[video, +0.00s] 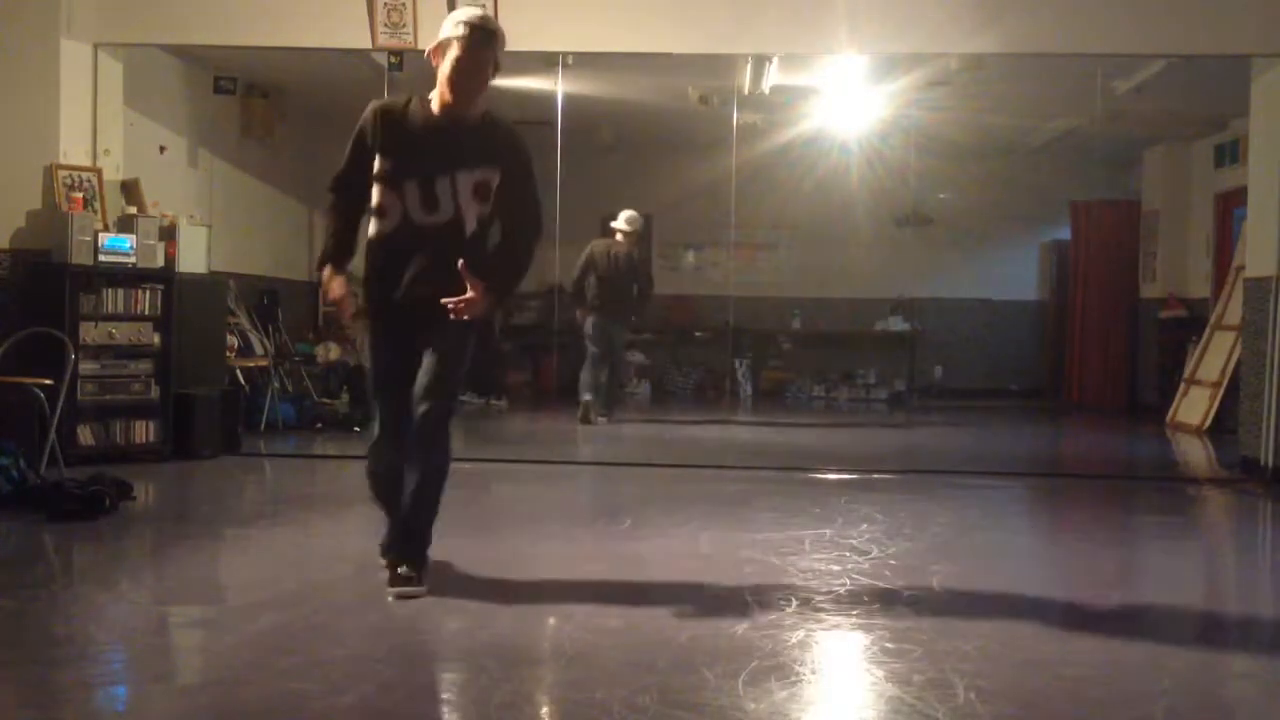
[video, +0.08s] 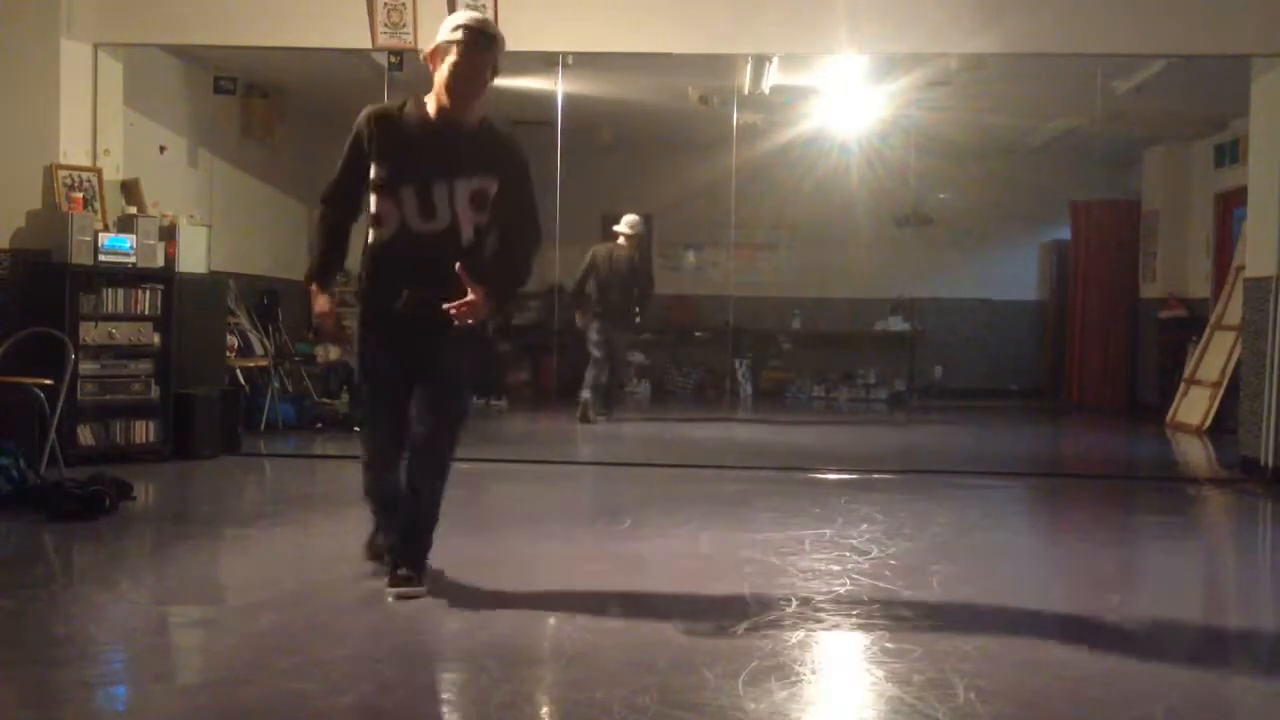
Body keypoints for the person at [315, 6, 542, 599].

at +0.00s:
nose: (474, 75)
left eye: (485, 66)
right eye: (466, 61)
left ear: (494, 72)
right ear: (435, 55)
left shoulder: (502, 142)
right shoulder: (384, 121)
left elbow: (524, 227)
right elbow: (347, 196)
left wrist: (492, 286)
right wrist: (333, 264)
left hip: (457, 303)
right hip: (390, 298)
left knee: (431, 420)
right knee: (389, 426)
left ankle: (408, 555)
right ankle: (401, 524)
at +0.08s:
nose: (475, 80)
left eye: (485, 70)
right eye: (466, 66)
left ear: (494, 78)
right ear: (436, 60)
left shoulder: (501, 151)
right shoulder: (379, 126)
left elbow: (521, 235)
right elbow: (339, 203)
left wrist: (494, 291)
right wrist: (320, 281)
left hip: (458, 308)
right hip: (386, 303)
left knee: (436, 432)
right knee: (380, 428)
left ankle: (412, 556)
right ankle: (388, 519)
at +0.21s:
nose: (465, 42)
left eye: (476, 30)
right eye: (454, 26)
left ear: (488, 37)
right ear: (424, 28)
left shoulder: (502, 113)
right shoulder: (377, 96)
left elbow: (521, 203)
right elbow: (335, 167)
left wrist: (500, 274)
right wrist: (315, 240)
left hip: (460, 290)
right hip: (388, 286)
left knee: (441, 422)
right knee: (383, 415)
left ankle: (412, 551)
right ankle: (376, 524)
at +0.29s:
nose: (451, 27)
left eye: (465, 16)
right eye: (442, 13)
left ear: (479, 21)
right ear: (419, 13)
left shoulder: (501, 91)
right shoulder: (373, 79)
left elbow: (524, 188)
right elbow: (334, 151)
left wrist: (501, 270)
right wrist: (316, 218)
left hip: (464, 274)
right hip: (389, 270)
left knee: (440, 416)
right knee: (381, 412)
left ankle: (418, 540)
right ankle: (373, 538)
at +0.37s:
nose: (438, 34)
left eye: (450, 21)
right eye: (428, 20)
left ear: (471, 24)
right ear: (409, 20)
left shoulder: (504, 100)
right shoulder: (369, 96)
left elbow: (526, 201)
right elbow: (334, 181)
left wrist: (509, 287)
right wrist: (311, 226)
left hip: (463, 286)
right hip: (385, 284)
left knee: (439, 427)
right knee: (379, 431)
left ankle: (421, 541)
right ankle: (371, 574)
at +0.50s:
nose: (447, 47)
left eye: (459, 32)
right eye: (436, 32)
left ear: (476, 36)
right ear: (415, 33)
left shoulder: (506, 115)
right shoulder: (371, 115)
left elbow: (537, 227)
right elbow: (332, 213)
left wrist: (516, 310)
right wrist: (359, 211)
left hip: (460, 311)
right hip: (383, 311)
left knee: (440, 460)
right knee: (365, 452)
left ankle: (431, 590)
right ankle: (372, 581)